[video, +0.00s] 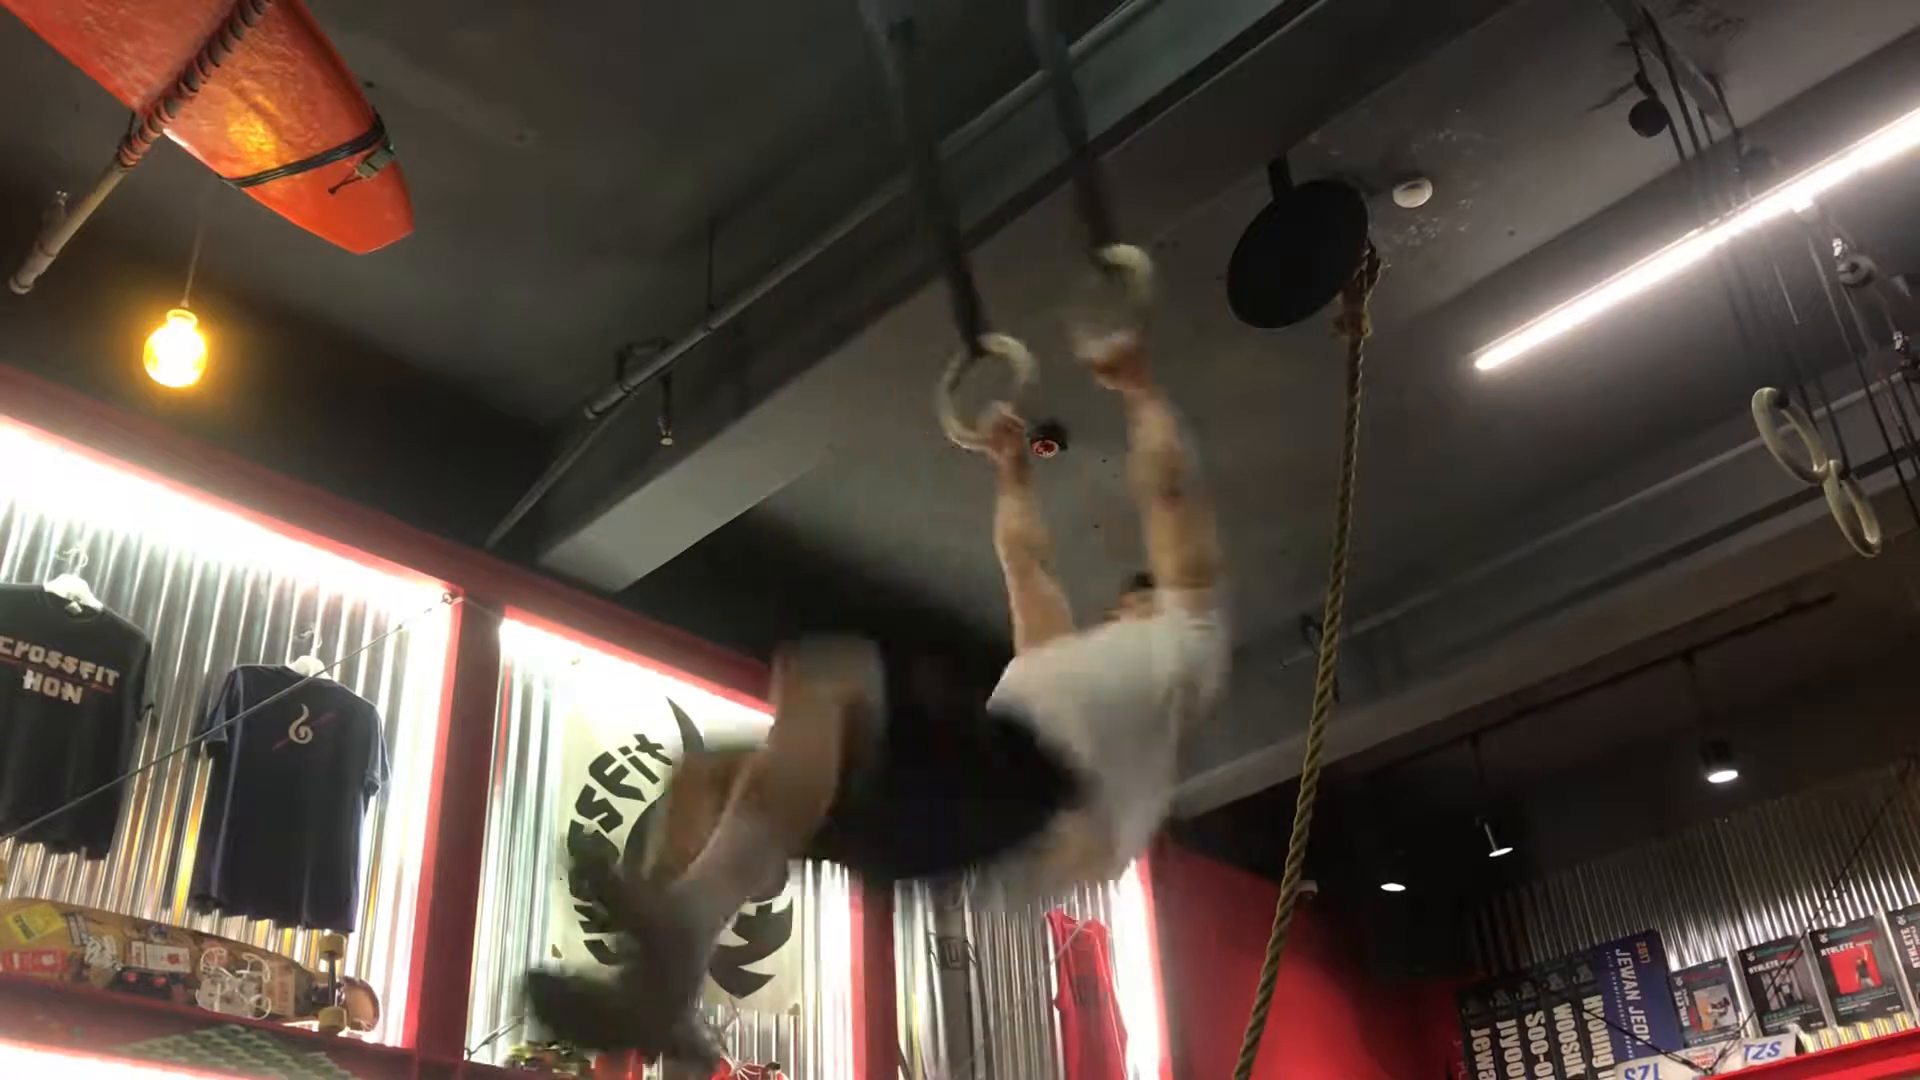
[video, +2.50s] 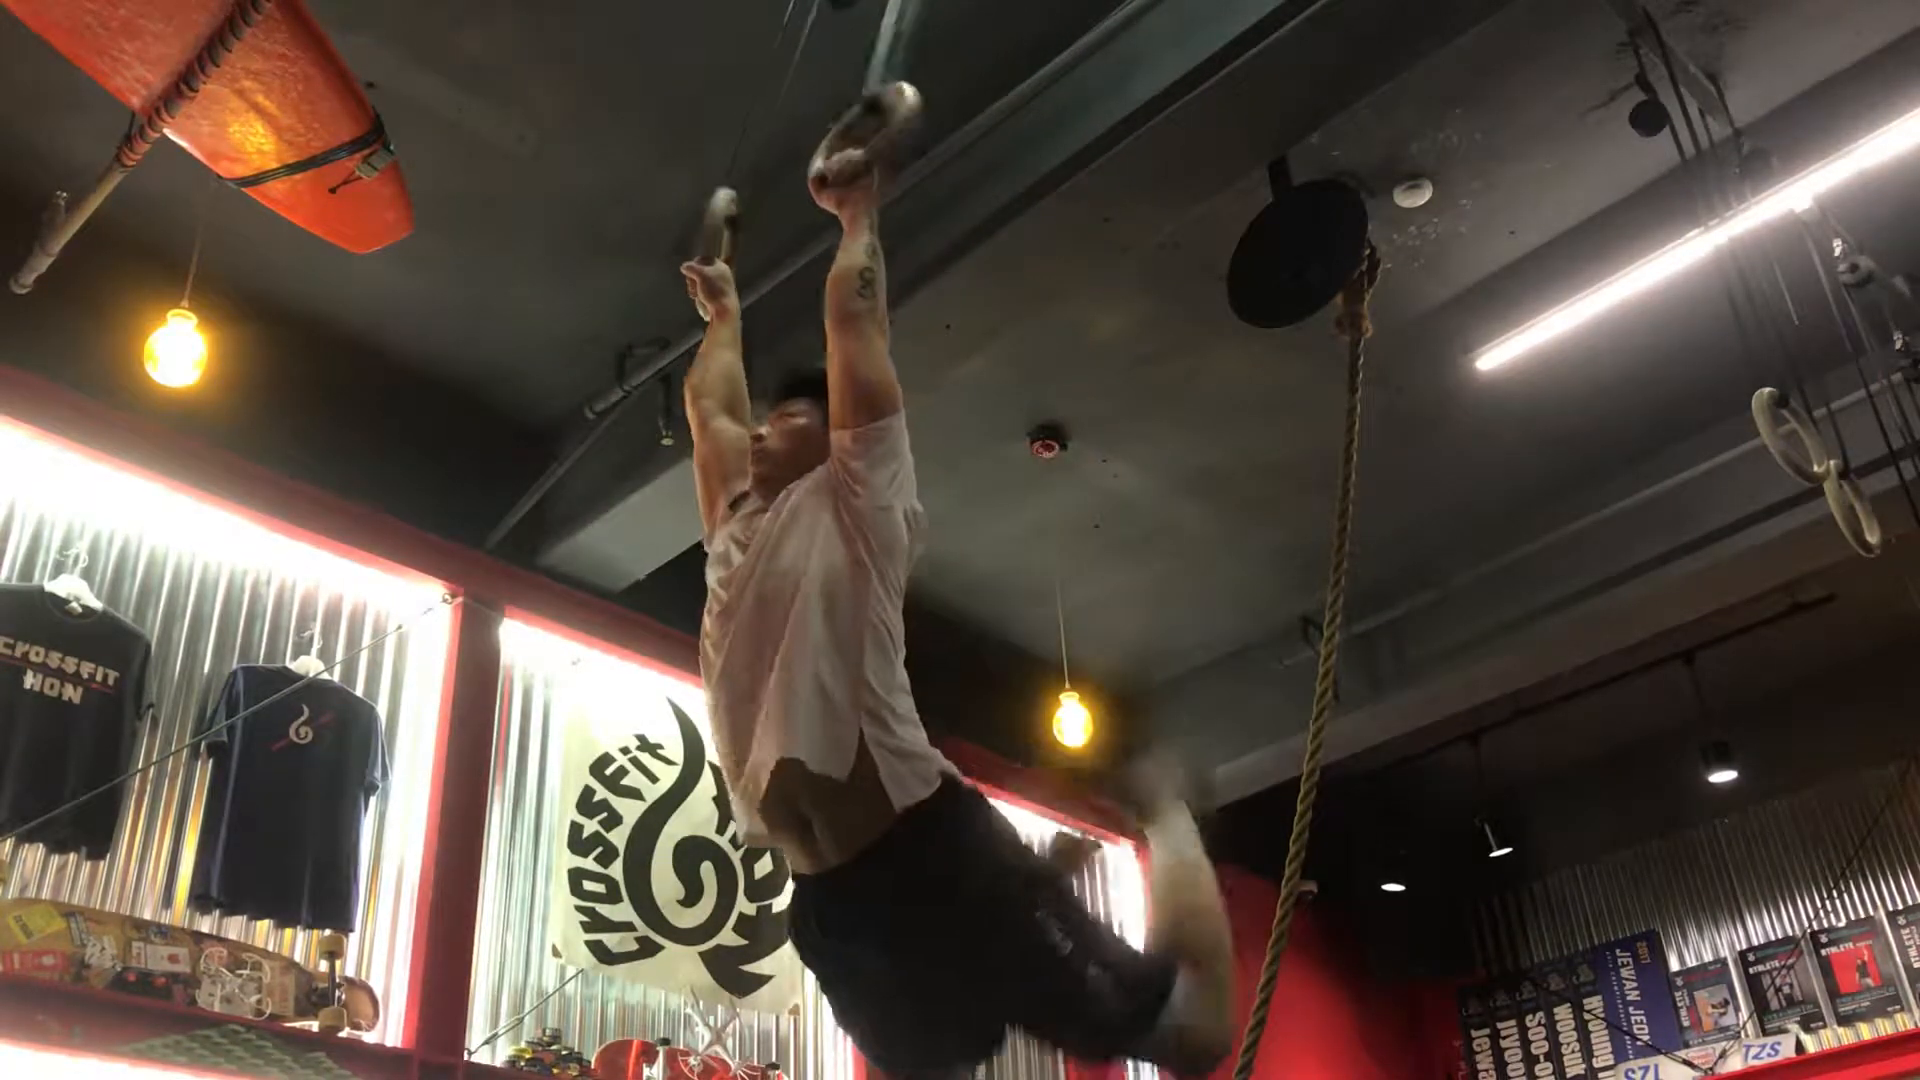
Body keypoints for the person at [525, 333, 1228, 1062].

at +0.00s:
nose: (1125, 604)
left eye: (1144, 598)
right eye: (1127, 600)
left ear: (1175, 610)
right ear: (1116, 620)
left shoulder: (1187, 648)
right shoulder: (1066, 677)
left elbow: (1173, 489)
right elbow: (1030, 573)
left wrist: (1135, 383)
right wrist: (1012, 468)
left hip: (1006, 786)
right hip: (929, 825)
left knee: (830, 667)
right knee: (704, 779)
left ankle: (689, 921)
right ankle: (661, 994)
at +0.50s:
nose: (872, 203)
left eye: (883, 177)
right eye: (856, 197)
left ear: (934, 162)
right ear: (854, 214)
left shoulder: (1018, 200)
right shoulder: (881, 283)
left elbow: (1138, 201)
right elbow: (910, 367)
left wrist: (1149, 290)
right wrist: (902, 432)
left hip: (1087, 459)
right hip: (993, 503)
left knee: (939, 375)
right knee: (826, 431)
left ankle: (850, 490)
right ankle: (772, 571)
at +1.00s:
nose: (751, 29)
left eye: (770, 8)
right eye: (747, 16)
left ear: (829, 15)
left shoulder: (910, 67)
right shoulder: (773, 176)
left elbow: (1038, 120)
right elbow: (824, 270)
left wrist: (1020, 209)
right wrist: (824, 342)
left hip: (1031, 286)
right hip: (928, 338)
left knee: (960, 347)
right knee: (872, 377)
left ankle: (1117, 479)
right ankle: (1027, 517)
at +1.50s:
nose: (924, 154)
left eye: (938, 131)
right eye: (911, 141)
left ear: (990, 129)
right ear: (905, 157)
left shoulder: (1054, 185)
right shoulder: (923, 257)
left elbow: (1173, 269)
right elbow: (928, 359)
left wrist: (1090, 258)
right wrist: (854, 360)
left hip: (1044, 430)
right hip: (957, 478)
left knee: (912, 349)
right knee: (811, 373)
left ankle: (756, 423)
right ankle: (684, 509)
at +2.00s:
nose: (913, 519)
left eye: (933, 508)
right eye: (903, 509)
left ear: (974, 526)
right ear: (892, 534)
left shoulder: (1014, 583)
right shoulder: (885, 622)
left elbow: (1007, 418)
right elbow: (868, 492)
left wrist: (996, 312)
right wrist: (874, 382)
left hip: (1004, 921)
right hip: (903, 937)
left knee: (994, 1063)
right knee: (862, 1065)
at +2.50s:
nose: (769, 425)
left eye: (796, 415)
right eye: (770, 415)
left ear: (832, 443)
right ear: (763, 447)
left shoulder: (857, 510)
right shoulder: (736, 538)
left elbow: (853, 316)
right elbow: (714, 413)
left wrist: (857, 212)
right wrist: (721, 316)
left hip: (938, 861)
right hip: (835, 908)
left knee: (1197, 1033)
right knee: (936, 1059)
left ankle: (1165, 804)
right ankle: (1051, 882)